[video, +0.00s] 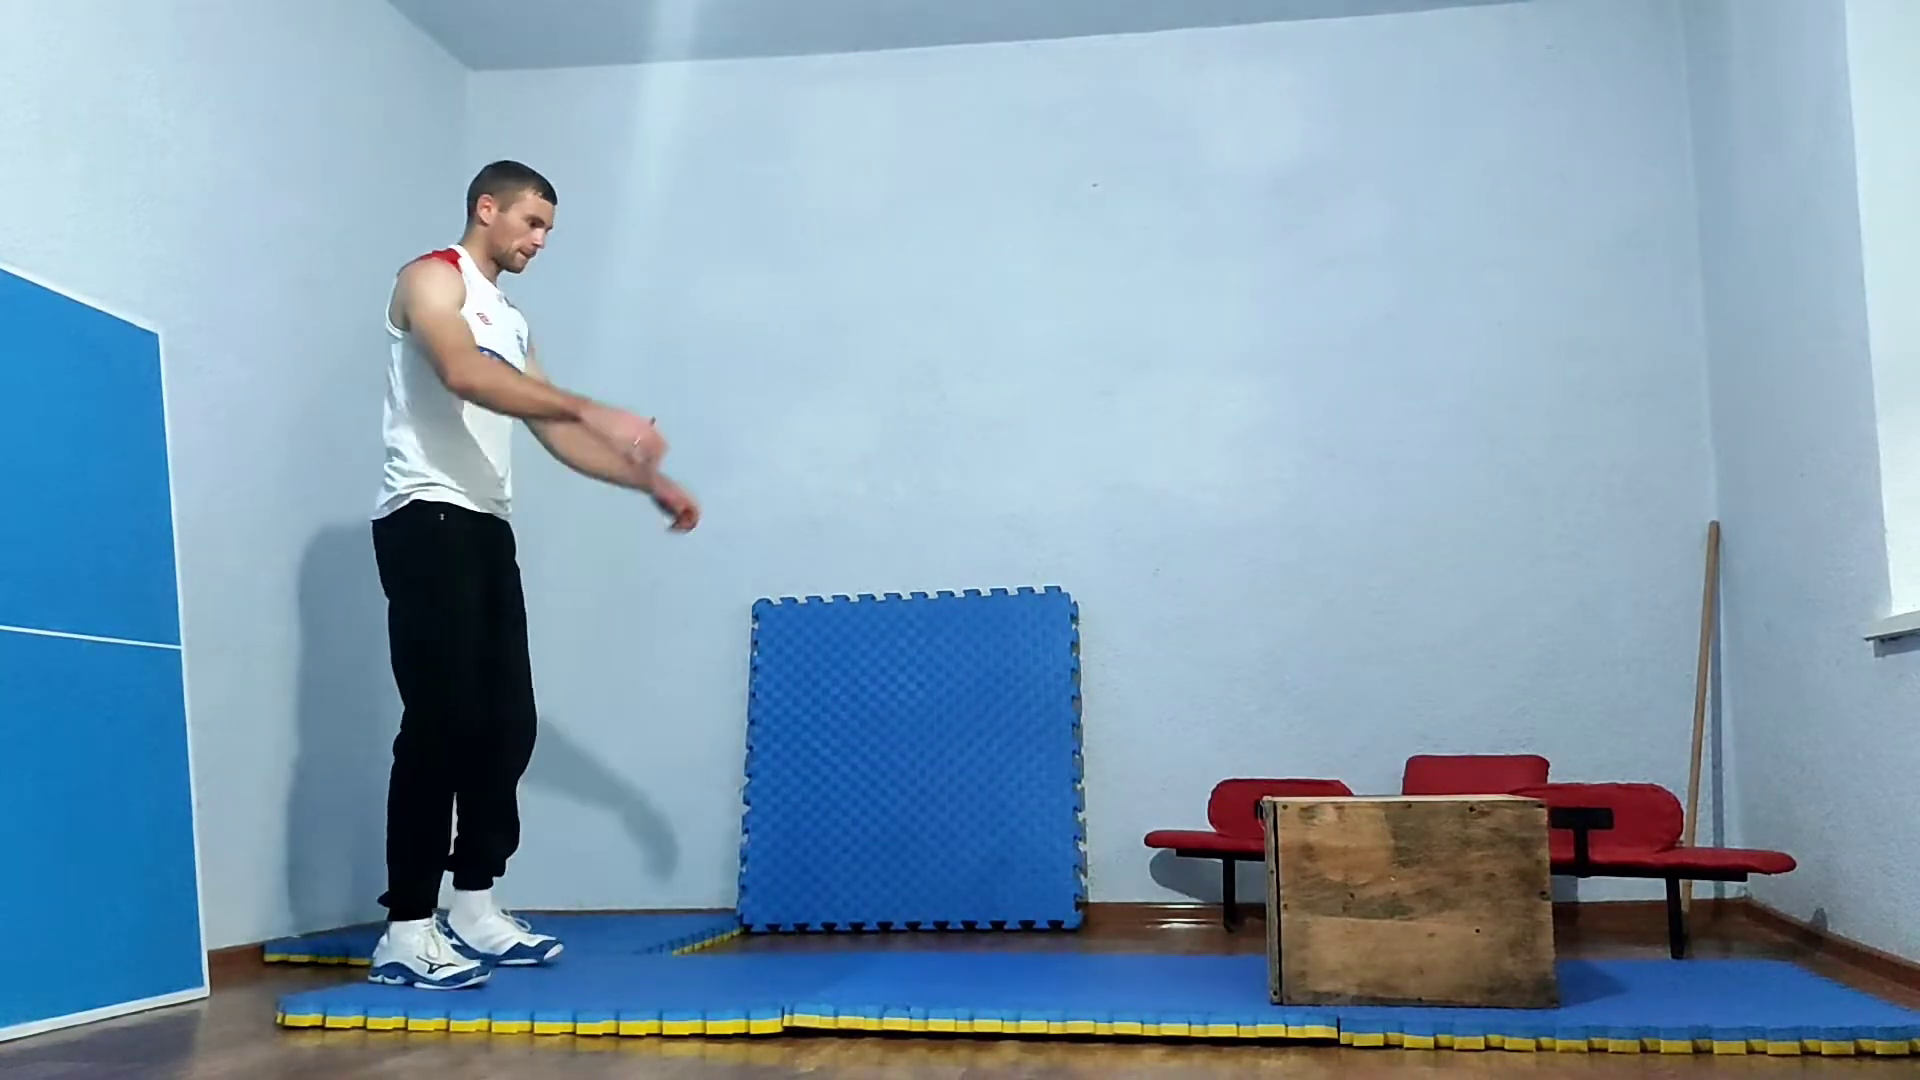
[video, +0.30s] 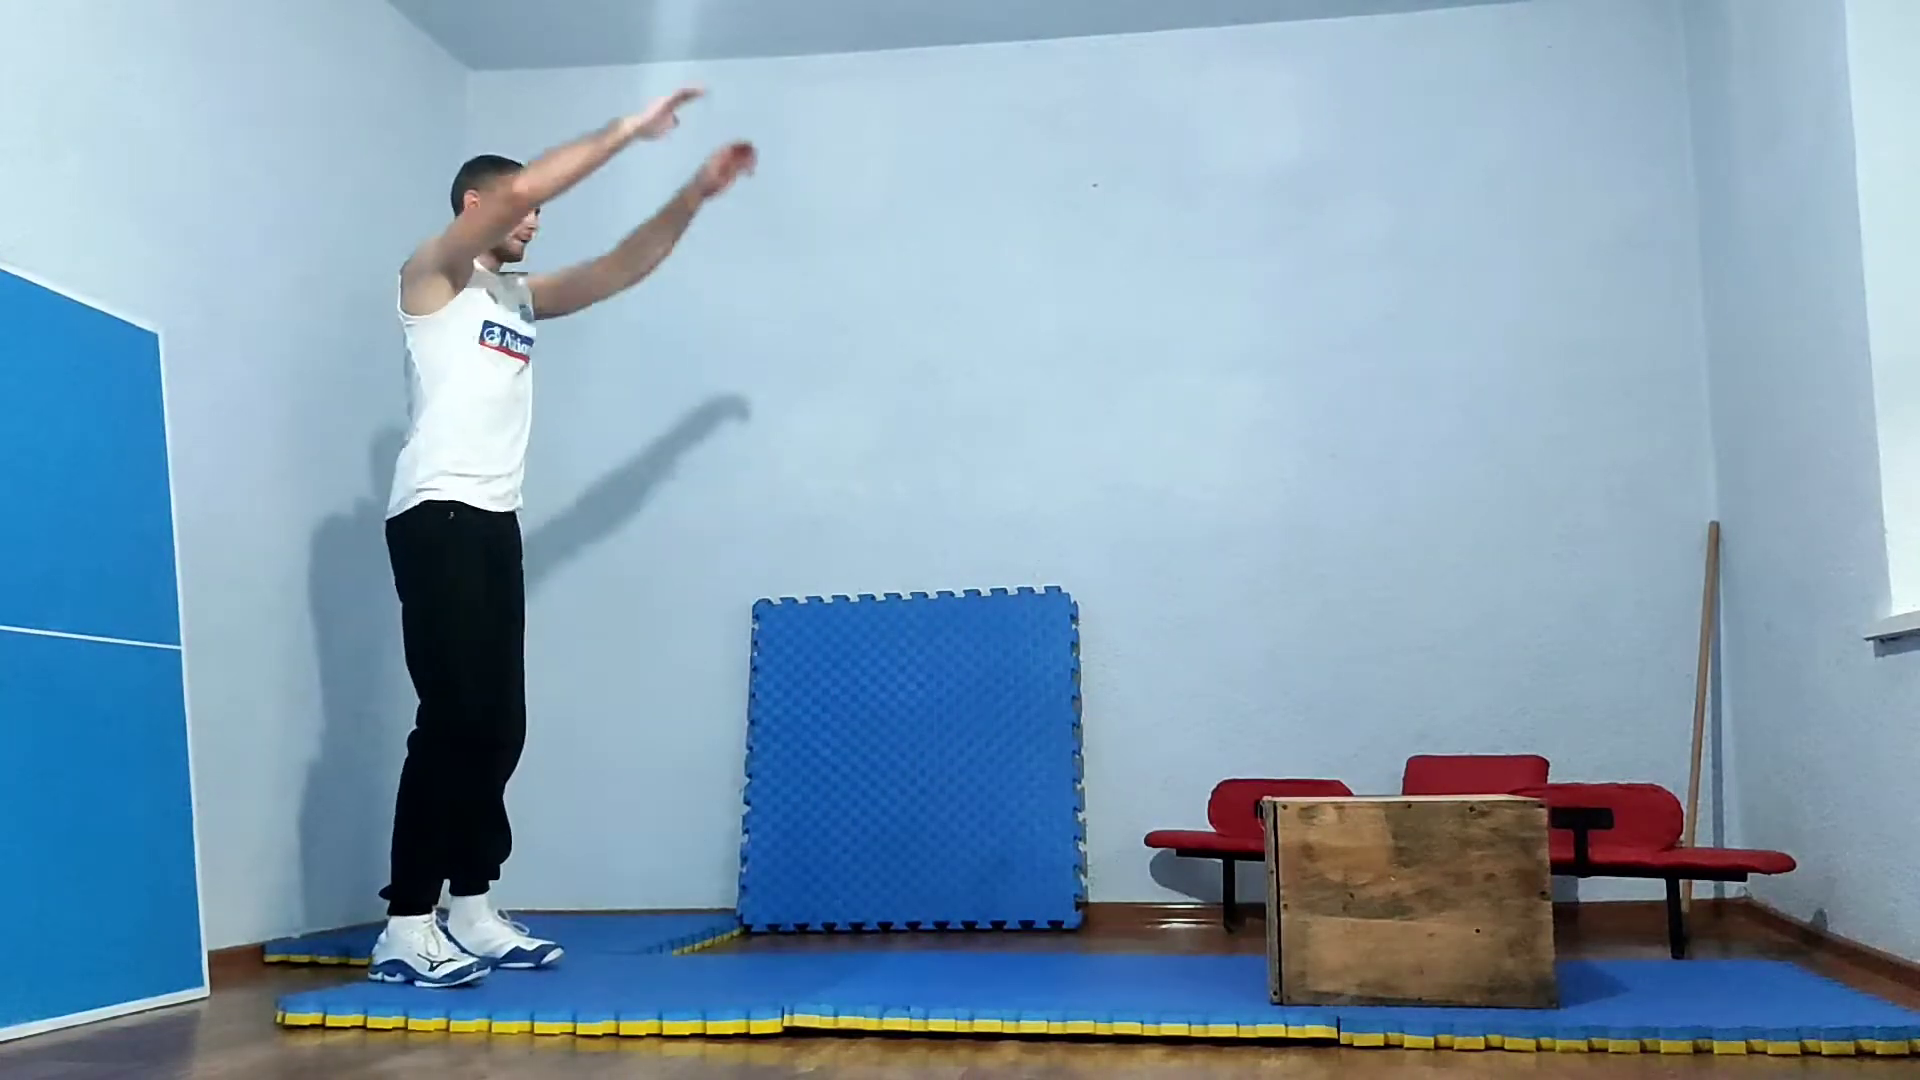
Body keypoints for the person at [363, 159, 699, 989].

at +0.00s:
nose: (539, 241)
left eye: (546, 230)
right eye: (532, 223)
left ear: (527, 232)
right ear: (484, 208)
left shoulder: (507, 317)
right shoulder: (430, 278)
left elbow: (555, 428)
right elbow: (466, 374)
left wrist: (647, 481)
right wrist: (588, 412)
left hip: (486, 534)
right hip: (426, 526)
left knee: (506, 721)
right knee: (439, 718)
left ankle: (472, 908)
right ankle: (407, 927)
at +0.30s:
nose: (534, 224)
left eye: (536, 212)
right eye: (521, 208)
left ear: (521, 219)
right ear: (474, 206)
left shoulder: (517, 294)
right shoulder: (434, 273)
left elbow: (618, 268)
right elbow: (509, 198)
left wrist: (694, 197)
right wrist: (622, 132)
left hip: (495, 525)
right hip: (438, 521)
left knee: (499, 726)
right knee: (454, 718)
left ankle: (468, 908)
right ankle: (406, 927)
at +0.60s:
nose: (532, 201)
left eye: (538, 192)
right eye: (517, 187)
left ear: (534, 206)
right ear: (481, 191)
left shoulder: (522, 273)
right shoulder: (448, 253)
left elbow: (576, 181)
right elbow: (484, 117)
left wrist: (594, 66)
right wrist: (532, 23)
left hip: (522, 515)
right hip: (462, 513)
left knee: (516, 719)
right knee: (462, 717)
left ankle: (474, 906)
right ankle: (408, 924)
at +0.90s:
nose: (534, 199)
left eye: (539, 189)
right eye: (519, 184)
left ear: (536, 201)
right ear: (482, 186)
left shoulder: (525, 264)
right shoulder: (454, 241)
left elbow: (563, 169)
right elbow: (479, 99)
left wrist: (561, 50)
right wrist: (502, 6)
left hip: (537, 505)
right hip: (477, 500)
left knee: (523, 711)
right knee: (464, 709)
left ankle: (482, 902)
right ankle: (411, 920)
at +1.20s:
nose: (542, 199)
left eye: (547, 188)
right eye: (527, 184)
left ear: (544, 198)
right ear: (489, 185)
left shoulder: (530, 262)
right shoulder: (460, 237)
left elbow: (570, 172)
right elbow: (491, 98)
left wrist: (569, 56)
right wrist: (518, 9)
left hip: (539, 505)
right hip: (477, 499)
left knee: (524, 712)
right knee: (458, 706)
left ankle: (484, 901)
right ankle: (410, 918)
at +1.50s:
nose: (555, 206)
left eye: (560, 195)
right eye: (541, 190)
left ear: (552, 209)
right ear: (498, 190)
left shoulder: (536, 272)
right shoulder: (465, 248)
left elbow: (603, 182)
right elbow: (531, 126)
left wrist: (624, 68)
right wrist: (585, 29)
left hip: (526, 517)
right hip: (465, 510)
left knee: (518, 719)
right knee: (457, 712)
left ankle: (478, 905)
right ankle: (406, 925)